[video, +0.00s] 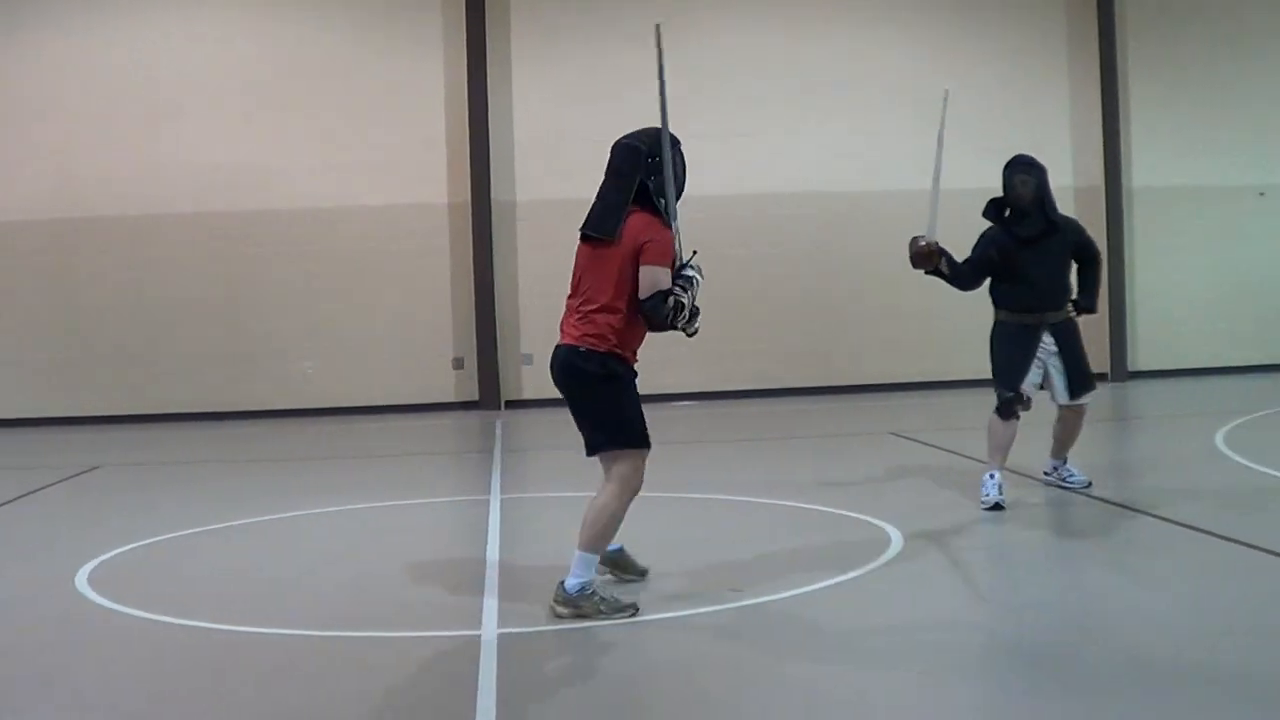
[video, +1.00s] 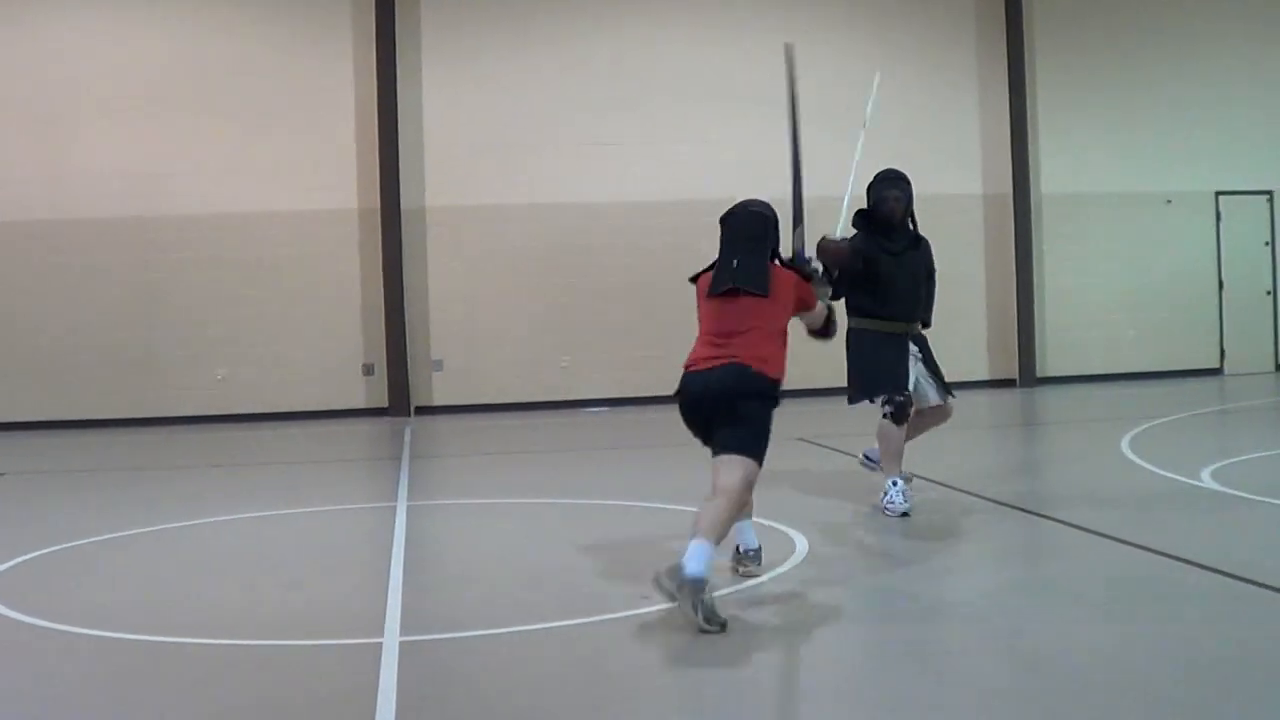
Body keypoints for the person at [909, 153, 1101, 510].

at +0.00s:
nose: (1021, 187)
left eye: (1027, 180)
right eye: (1015, 181)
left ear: (1041, 185)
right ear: (1005, 188)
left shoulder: (1065, 228)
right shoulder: (997, 237)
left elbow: (1090, 257)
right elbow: (968, 279)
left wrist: (1086, 299)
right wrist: (940, 260)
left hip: (1060, 324)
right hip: (1014, 328)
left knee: (1075, 399)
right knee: (1010, 402)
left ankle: (1057, 466)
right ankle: (993, 478)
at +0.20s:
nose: (974, 186)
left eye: (980, 179)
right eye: (967, 180)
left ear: (993, 182)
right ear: (957, 184)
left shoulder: (1013, 226)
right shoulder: (947, 232)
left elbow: (1031, 258)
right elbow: (922, 276)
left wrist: (1027, 299)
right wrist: (897, 261)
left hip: (1005, 322)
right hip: (962, 325)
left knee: (1020, 395)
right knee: (965, 402)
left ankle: (1020, 464)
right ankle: (957, 479)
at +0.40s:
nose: (922, 186)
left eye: (929, 178)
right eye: (915, 179)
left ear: (941, 180)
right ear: (905, 182)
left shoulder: (959, 222)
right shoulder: (895, 229)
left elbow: (974, 255)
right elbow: (873, 274)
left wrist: (969, 295)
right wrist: (851, 262)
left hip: (950, 320)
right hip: (910, 323)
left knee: (967, 397)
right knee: (924, 404)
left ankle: (935, 459)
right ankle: (917, 479)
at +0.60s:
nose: (896, 195)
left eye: (902, 187)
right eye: (888, 188)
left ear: (914, 188)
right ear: (876, 191)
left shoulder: (929, 228)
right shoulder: (867, 234)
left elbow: (942, 267)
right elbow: (846, 281)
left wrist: (937, 303)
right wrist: (828, 267)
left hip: (920, 325)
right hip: (884, 327)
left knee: (928, 405)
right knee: (901, 403)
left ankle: (878, 467)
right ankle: (896, 482)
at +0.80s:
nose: (892, 197)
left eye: (898, 189)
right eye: (885, 190)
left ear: (909, 192)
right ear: (872, 194)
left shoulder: (921, 233)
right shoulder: (862, 238)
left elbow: (931, 272)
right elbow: (845, 285)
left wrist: (928, 308)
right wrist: (829, 272)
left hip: (911, 326)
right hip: (877, 329)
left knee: (916, 408)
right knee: (896, 405)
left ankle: (871, 473)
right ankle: (894, 483)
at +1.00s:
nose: (891, 206)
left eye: (898, 199)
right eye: (884, 198)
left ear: (909, 204)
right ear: (872, 203)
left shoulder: (918, 246)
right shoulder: (858, 244)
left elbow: (927, 284)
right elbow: (835, 291)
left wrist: (923, 318)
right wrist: (830, 265)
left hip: (910, 334)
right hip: (873, 334)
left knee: (938, 409)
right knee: (897, 404)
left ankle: (881, 452)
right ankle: (894, 485)